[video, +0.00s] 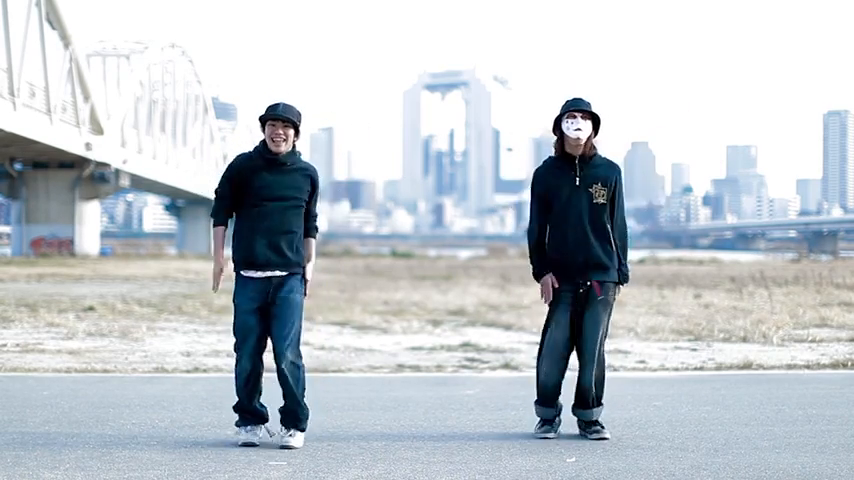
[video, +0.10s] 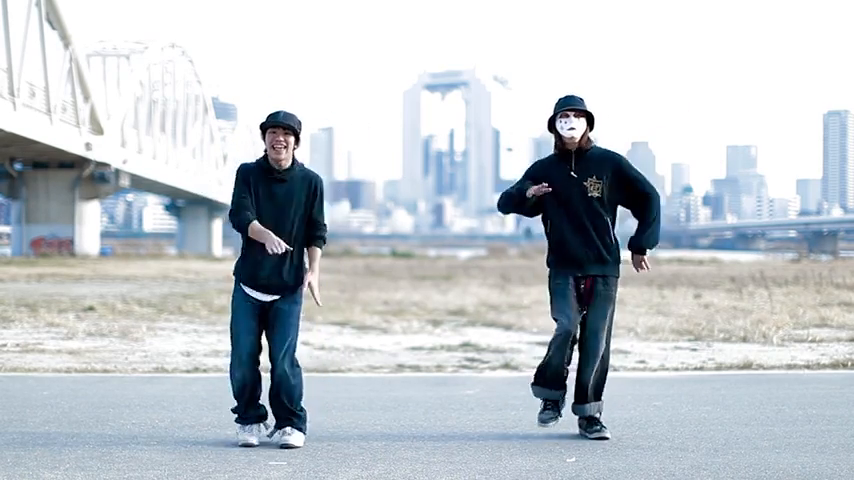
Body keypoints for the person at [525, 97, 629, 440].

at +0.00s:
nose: (576, 125)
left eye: (582, 120)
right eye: (569, 120)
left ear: (592, 128)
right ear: (560, 127)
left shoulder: (609, 171)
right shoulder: (545, 172)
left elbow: (618, 224)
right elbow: (536, 226)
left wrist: (621, 271)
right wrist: (542, 271)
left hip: (601, 271)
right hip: (561, 272)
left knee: (592, 347)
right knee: (553, 346)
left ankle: (590, 417)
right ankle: (547, 416)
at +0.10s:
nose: (569, 125)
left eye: (575, 119)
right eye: (563, 119)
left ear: (587, 124)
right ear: (554, 126)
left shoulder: (610, 164)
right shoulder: (543, 169)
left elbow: (649, 198)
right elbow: (506, 203)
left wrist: (640, 244)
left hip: (604, 263)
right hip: (563, 264)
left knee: (596, 342)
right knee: (567, 327)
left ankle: (589, 413)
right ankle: (550, 396)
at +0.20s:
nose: (562, 121)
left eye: (569, 116)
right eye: (556, 116)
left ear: (580, 123)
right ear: (547, 125)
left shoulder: (604, 154)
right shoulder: (538, 166)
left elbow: (655, 166)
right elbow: (497, 160)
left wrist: (636, 207)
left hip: (608, 255)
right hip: (568, 255)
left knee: (602, 335)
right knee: (575, 305)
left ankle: (590, 412)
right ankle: (563, 366)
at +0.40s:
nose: (561, 124)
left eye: (566, 118)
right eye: (554, 120)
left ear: (579, 123)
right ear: (546, 127)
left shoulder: (605, 156)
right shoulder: (538, 169)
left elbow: (648, 170)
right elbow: (487, 164)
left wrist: (630, 206)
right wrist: (436, 161)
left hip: (615, 256)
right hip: (575, 259)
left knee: (609, 334)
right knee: (576, 327)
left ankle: (601, 411)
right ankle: (558, 399)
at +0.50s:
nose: (568, 126)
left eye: (574, 120)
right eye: (562, 121)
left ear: (585, 126)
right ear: (553, 129)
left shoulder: (607, 166)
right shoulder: (539, 170)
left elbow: (640, 189)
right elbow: (490, 168)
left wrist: (626, 221)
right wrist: (437, 166)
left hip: (604, 267)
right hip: (564, 268)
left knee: (599, 341)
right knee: (564, 343)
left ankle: (597, 416)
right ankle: (559, 417)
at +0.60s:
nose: (577, 119)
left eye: (582, 113)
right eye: (569, 115)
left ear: (594, 120)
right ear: (561, 123)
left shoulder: (608, 167)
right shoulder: (540, 154)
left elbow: (640, 196)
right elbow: (500, 125)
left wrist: (614, 219)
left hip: (594, 258)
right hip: (553, 258)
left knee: (593, 321)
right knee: (557, 334)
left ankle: (595, 382)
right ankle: (557, 412)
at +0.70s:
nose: (583, 118)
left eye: (589, 113)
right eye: (577, 112)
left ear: (599, 121)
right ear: (567, 118)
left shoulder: (606, 169)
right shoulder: (547, 144)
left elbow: (635, 203)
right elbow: (526, 100)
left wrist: (606, 219)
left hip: (584, 247)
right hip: (545, 246)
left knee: (587, 300)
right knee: (547, 329)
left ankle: (592, 359)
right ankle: (554, 410)